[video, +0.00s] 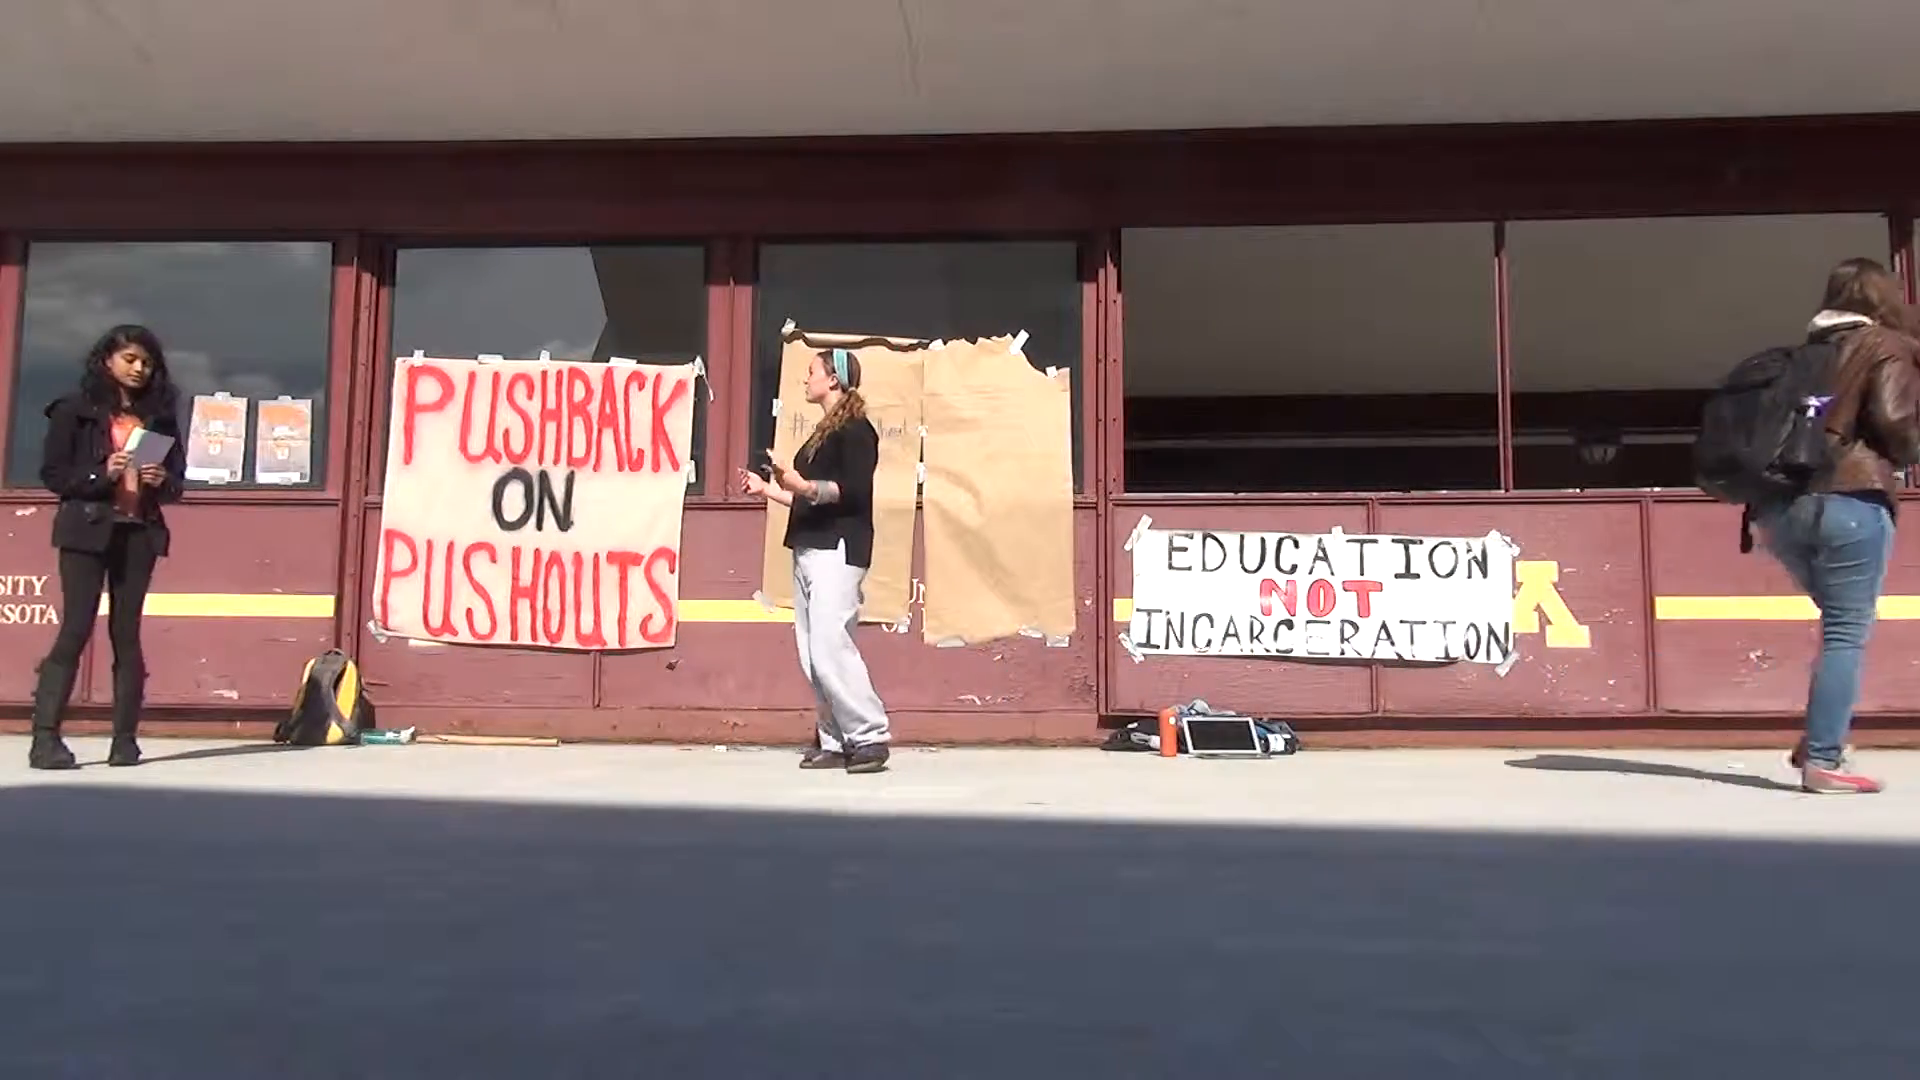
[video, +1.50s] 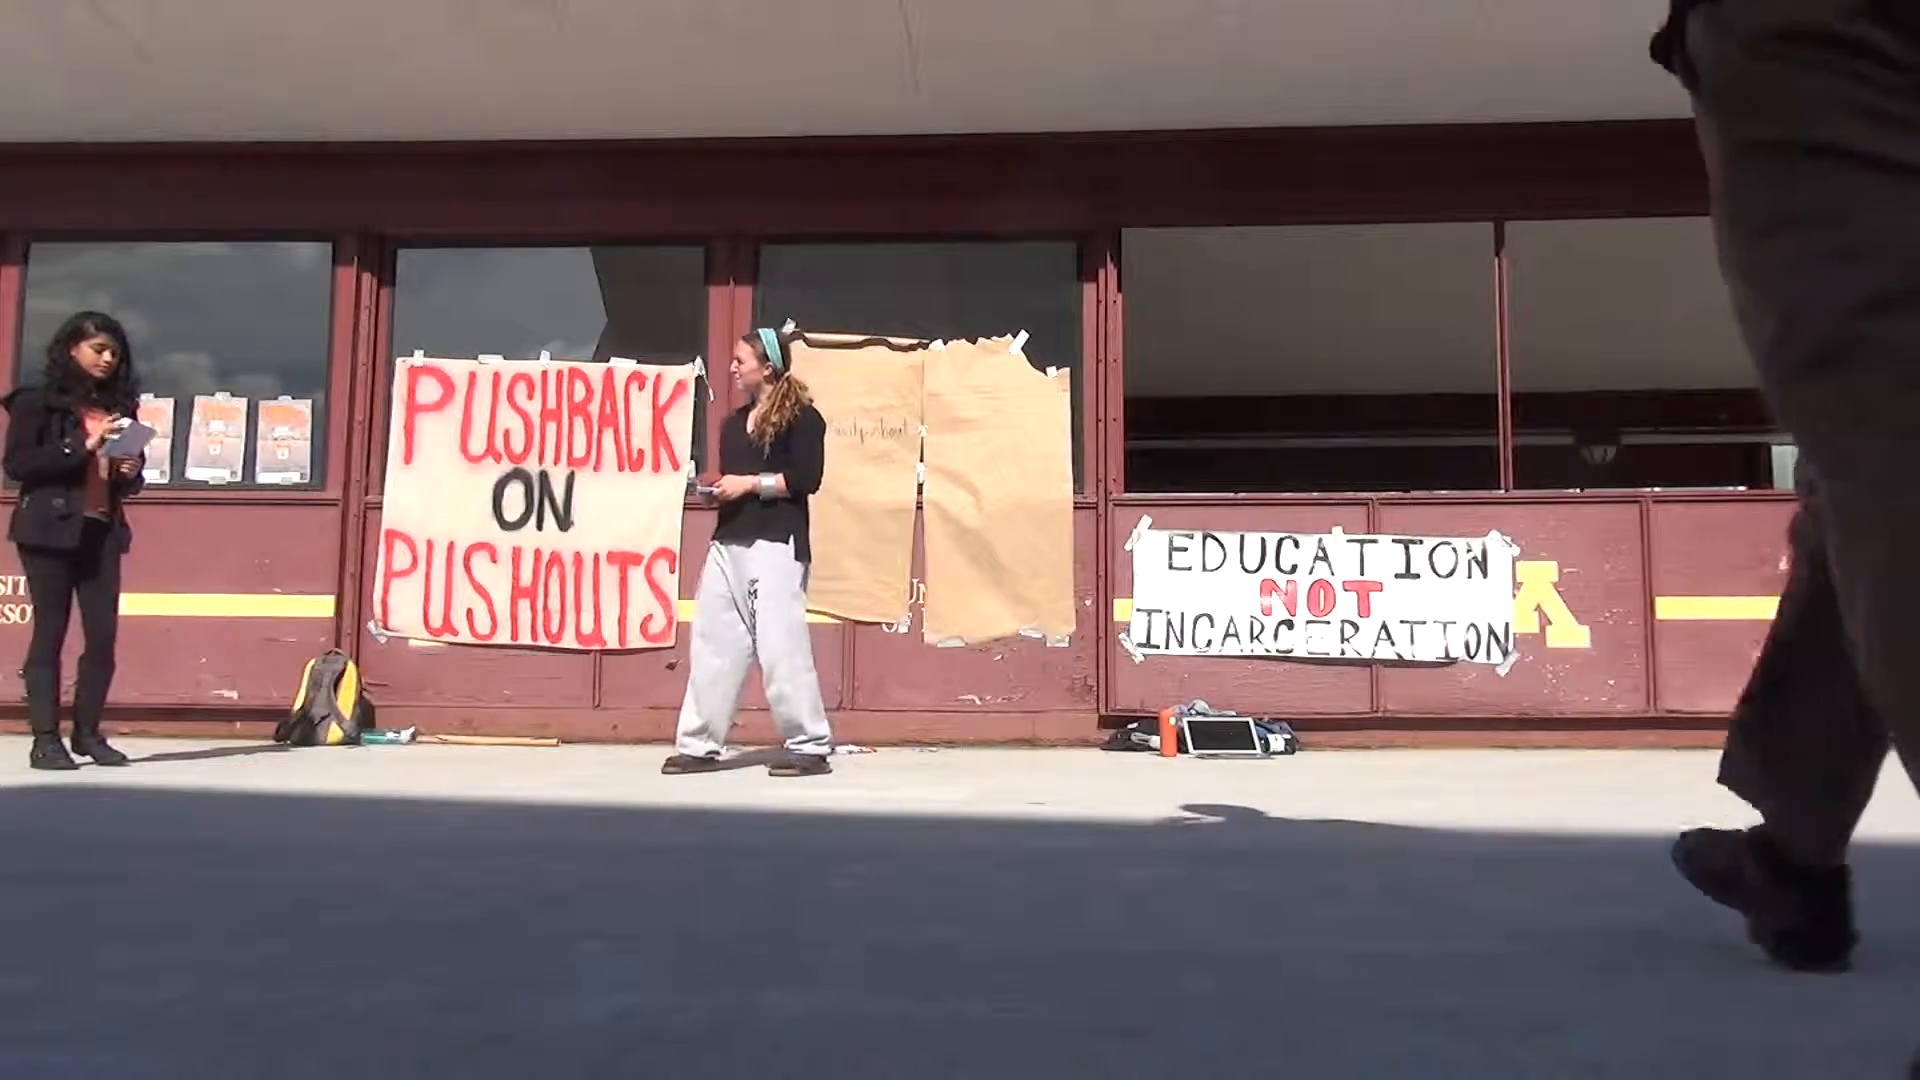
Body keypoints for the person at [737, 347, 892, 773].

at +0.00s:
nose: (805, 379)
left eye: (812, 372)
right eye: (808, 372)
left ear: (834, 378)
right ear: (830, 378)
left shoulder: (855, 430)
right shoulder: (825, 432)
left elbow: (852, 491)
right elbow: (811, 500)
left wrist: (799, 482)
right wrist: (768, 490)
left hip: (836, 551)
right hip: (809, 550)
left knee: (829, 646)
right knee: (813, 651)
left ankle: (869, 738)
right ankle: (835, 741)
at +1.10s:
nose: (766, 360)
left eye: (774, 354)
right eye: (769, 353)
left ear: (798, 363)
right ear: (791, 363)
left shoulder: (825, 412)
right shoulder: (786, 415)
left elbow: (823, 474)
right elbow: (792, 475)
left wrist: (768, 484)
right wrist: (758, 486)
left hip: (803, 542)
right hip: (769, 542)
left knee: (801, 640)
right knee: (750, 634)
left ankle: (815, 746)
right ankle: (799, 726)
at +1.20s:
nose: (759, 359)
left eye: (767, 352)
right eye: (762, 351)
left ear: (792, 362)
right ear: (786, 363)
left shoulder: (823, 411)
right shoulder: (777, 414)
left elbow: (820, 474)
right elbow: (784, 474)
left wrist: (766, 483)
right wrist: (753, 485)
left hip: (798, 541)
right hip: (760, 541)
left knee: (797, 640)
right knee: (743, 638)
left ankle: (813, 745)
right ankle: (753, 739)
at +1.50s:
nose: (733, 369)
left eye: (740, 361)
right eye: (733, 361)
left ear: (767, 367)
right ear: (750, 367)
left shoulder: (802, 416)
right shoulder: (733, 423)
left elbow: (806, 480)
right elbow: (734, 484)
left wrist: (748, 484)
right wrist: (712, 491)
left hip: (775, 544)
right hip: (729, 543)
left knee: (782, 646)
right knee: (714, 645)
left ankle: (809, 746)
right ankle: (699, 746)